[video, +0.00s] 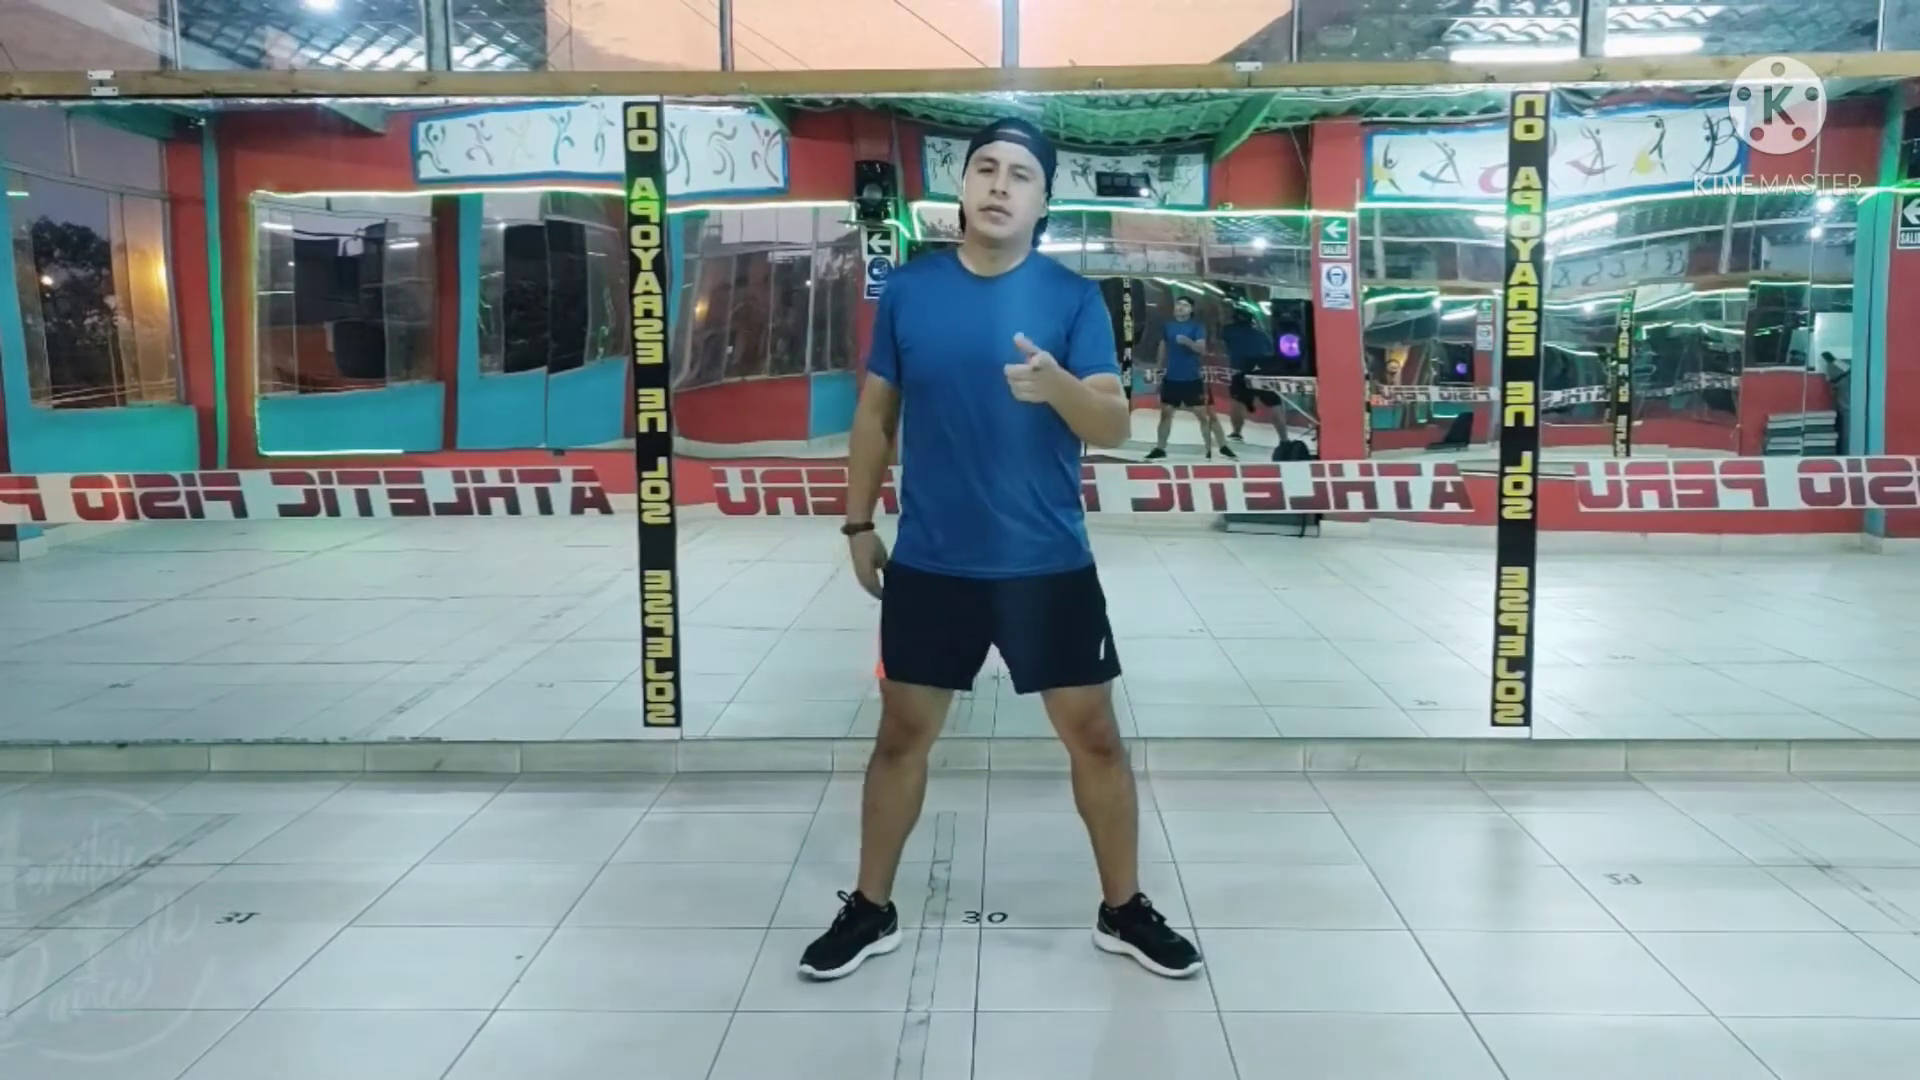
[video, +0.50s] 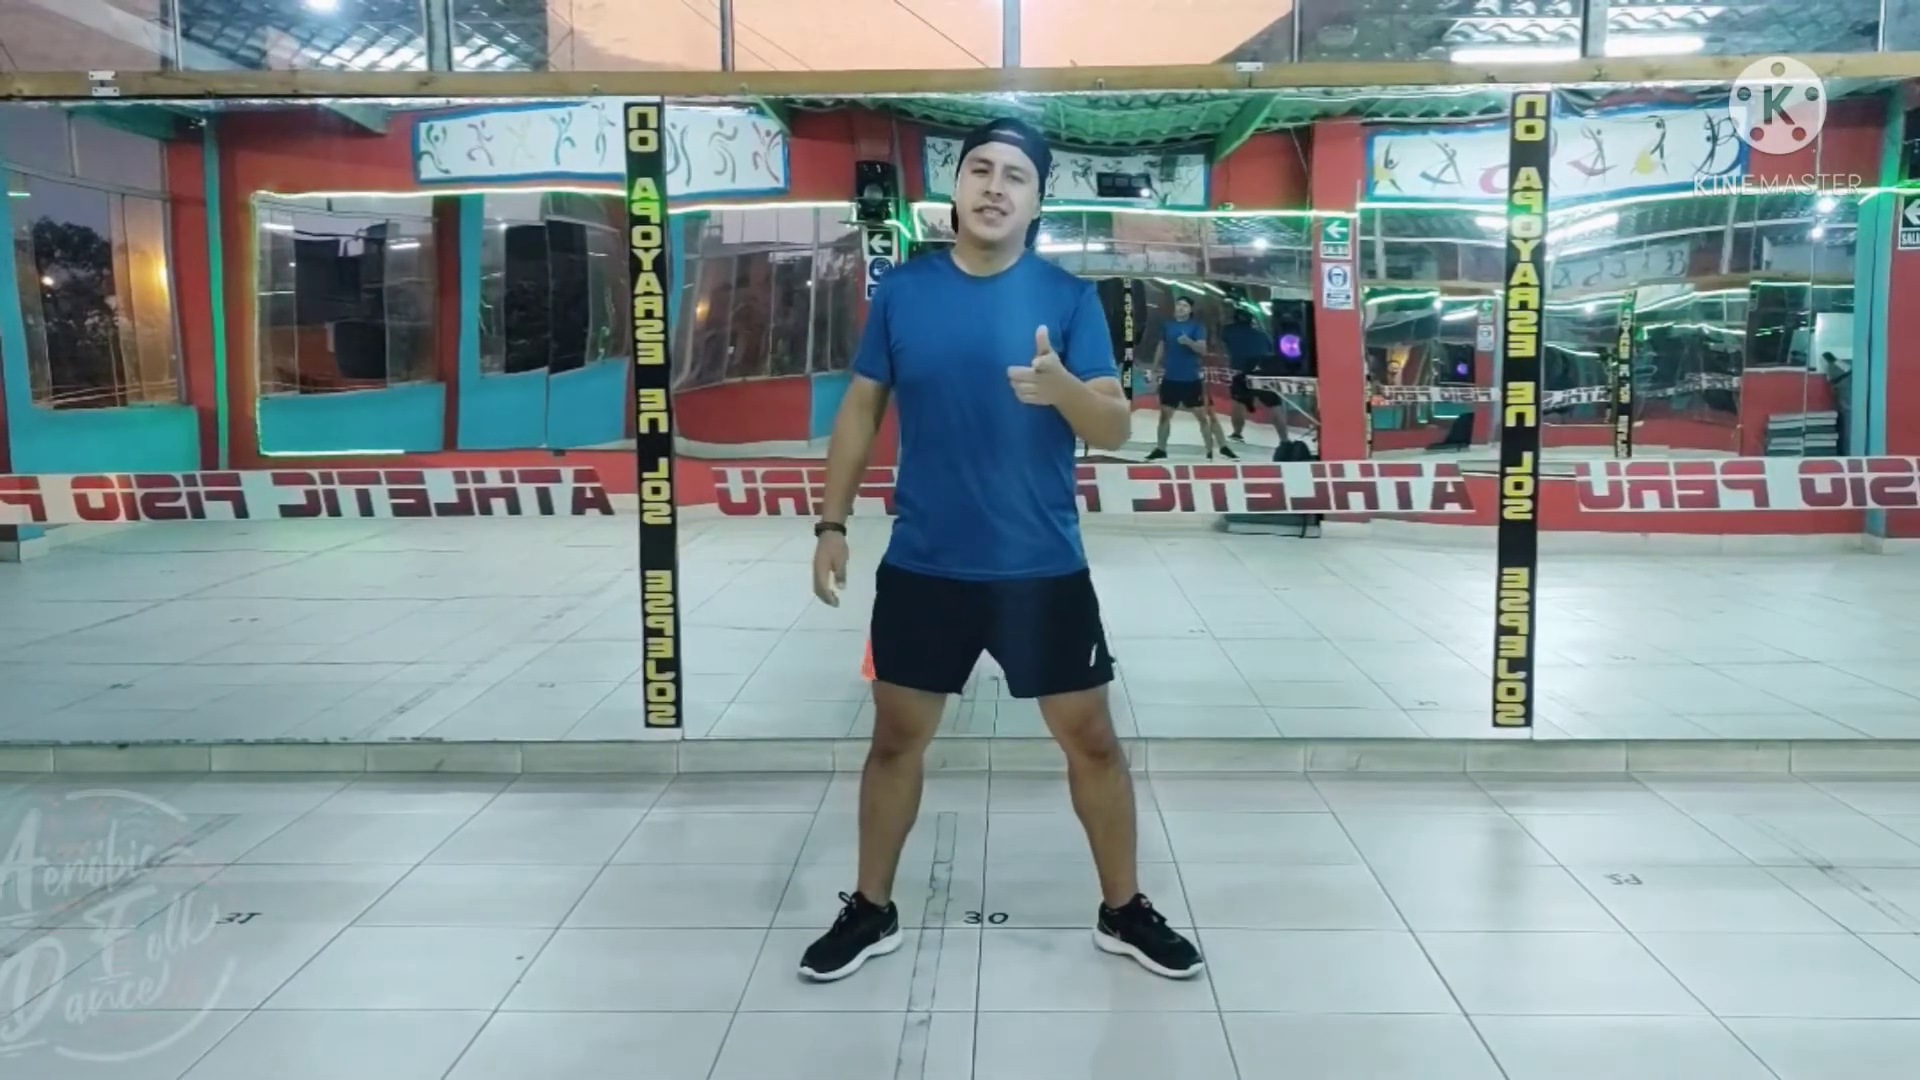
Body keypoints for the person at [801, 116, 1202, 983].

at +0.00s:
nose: (999, 185)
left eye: (1019, 176)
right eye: (986, 170)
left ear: (1044, 204)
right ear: (960, 190)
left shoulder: (1072, 297)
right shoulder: (907, 290)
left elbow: (1111, 428)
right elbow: (874, 413)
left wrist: (1061, 390)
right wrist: (859, 523)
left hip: (1047, 558)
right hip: (933, 555)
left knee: (1094, 733)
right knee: (901, 734)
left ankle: (1124, 905)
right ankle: (871, 904)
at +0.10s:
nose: (996, 185)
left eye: (1017, 176)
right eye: (983, 170)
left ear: (1042, 204)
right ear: (958, 190)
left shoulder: (1071, 297)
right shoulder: (906, 290)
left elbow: (1112, 427)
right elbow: (870, 410)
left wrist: (1065, 389)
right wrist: (854, 521)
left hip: (1044, 559)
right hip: (929, 555)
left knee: (1093, 735)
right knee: (893, 733)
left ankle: (1123, 905)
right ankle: (869, 904)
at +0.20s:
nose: (995, 185)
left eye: (1015, 176)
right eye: (982, 171)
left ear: (1040, 203)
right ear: (956, 190)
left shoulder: (1070, 296)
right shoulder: (906, 289)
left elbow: (1114, 425)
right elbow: (867, 405)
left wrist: (1064, 387)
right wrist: (841, 515)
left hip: (1041, 560)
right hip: (925, 555)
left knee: (1092, 737)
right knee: (891, 733)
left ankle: (1123, 904)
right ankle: (870, 904)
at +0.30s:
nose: (993, 187)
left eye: (1014, 177)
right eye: (980, 172)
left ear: (1039, 203)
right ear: (955, 189)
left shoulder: (1068, 297)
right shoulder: (905, 290)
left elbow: (1113, 426)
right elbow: (865, 405)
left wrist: (1066, 390)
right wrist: (832, 512)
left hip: (1041, 561)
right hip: (925, 557)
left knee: (1092, 738)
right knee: (897, 735)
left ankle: (1123, 906)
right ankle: (870, 905)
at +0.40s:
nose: (993, 186)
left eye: (1013, 177)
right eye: (980, 171)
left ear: (1037, 203)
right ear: (953, 189)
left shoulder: (1067, 296)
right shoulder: (902, 290)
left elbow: (1112, 427)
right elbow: (862, 405)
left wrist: (1067, 393)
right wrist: (830, 515)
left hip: (1041, 562)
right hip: (925, 558)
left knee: (1092, 739)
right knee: (895, 734)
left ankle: (1123, 906)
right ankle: (870, 905)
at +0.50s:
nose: (995, 186)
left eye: (1014, 177)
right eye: (981, 171)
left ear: (1038, 203)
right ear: (953, 189)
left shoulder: (1067, 297)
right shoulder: (901, 291)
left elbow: (1112, 430)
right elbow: (862, 406)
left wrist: (1068, 395)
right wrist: (833, 521)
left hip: (1041, 561)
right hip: (926, 558)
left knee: (1092, 738)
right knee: (896, 736)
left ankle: (1124, 905)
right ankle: (871, 905)